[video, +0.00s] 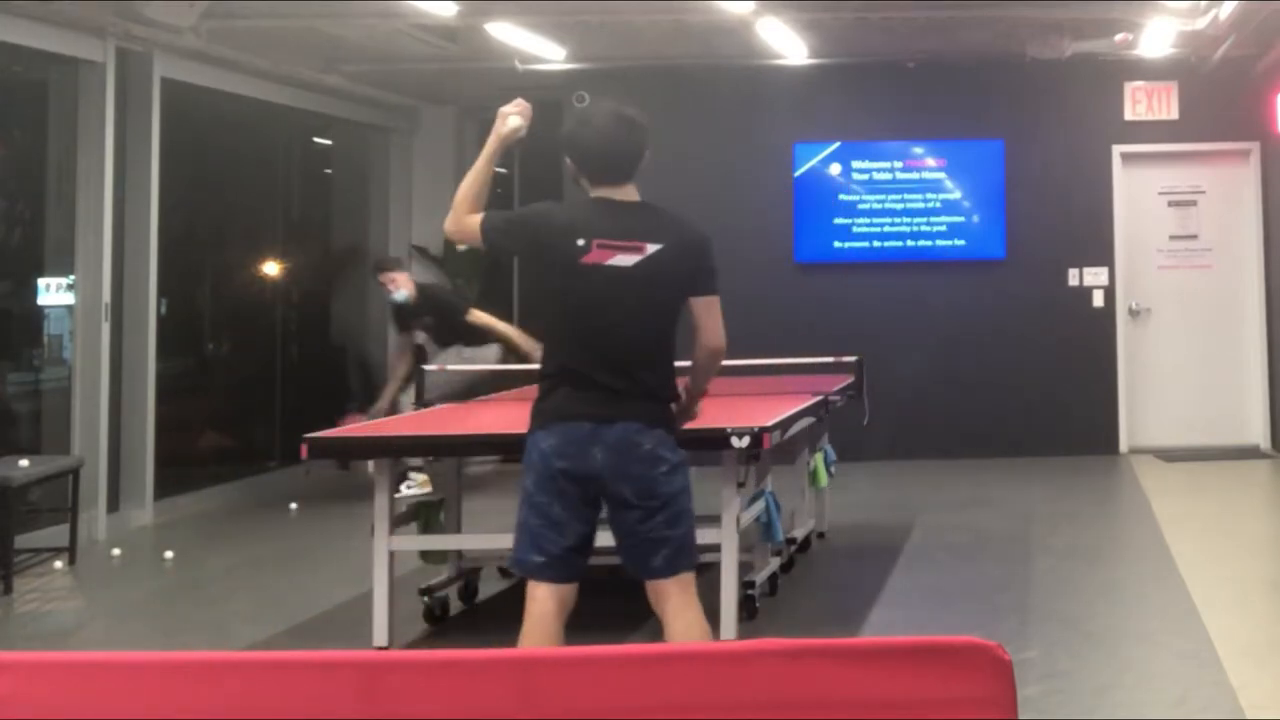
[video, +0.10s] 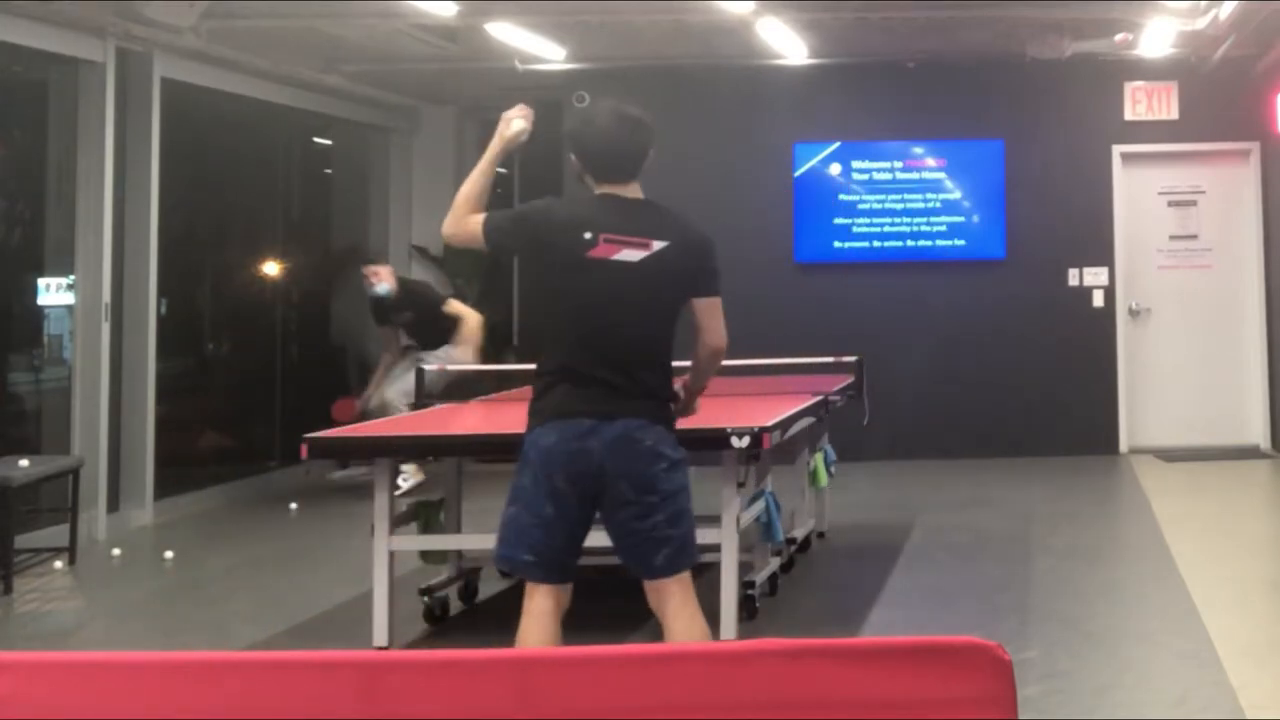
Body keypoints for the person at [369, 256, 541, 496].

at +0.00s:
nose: (391, 289)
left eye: (394, 281)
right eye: (385, 285)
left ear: (407, 275)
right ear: (383, 287)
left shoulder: (434, 295)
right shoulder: (401, 309)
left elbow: (489, 322)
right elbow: (406, 356)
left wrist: (532, 348)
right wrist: (384, 402)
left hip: (483, 348)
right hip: (454, 352)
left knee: (413, 395)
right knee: (407, 396)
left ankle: (418, 473)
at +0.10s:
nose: (372, 281)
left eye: (376, 274)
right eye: (367, 277)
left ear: (390, 272)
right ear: (364, 281)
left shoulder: (416, 291)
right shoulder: (380, 304)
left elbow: (472, 317)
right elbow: (391, 350)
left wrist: (465, 352)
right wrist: (370, 393)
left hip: (450, 349)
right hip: (422, 352)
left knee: (392, 395)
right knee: (376, 402)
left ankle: (410, 467)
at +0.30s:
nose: (366, 275)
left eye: (372, 270)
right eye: (360, 270)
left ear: (382, 270)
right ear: (353, 274)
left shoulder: (398, 297)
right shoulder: (354, 303)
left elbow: (431, 341)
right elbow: (359, 344)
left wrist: (385, 341)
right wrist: (347, 382)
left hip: (409, 368)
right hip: (373, 368)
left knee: (388, 411)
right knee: (338, 419)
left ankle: (375, 473)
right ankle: (319, 472)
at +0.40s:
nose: (378, 269)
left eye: (383, 264)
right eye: (372, 264)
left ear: (392, 264)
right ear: (363, 267)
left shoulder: (411, 296)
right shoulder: (356, 296)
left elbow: (439, 334)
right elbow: (355, 339)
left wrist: (416, 361)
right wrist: (333, 377)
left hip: (405, 367)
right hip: (370, 367)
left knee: (394, 408)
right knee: (336, 420)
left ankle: (398, 473)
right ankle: (320, 472)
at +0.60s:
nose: (450, 237)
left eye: (456, 231)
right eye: (445, 231)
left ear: (464, 233)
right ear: (434, 232)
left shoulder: (471, 262)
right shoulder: (417, 260)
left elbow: (480, 293)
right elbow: (391, 299)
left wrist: (475, 320)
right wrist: (410, 320)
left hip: (448, 350)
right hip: (405, 352)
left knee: (465, 411)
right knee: (362, 411)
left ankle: (470, 466)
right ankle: (323, 469)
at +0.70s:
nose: (491, 231)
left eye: (497, 224)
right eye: (485, 224)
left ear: (503, 227)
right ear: (473, 226)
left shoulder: (501, 262)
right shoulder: (453, 259)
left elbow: (502, 300)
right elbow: (422, 295)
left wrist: (504, 329)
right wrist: (430, 334)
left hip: (477, 341)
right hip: (440, 341)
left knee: (486, 403)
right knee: (409, 401)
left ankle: (469, 466)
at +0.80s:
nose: (528, 228)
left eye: (533, 223)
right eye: (522, 222)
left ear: (540, 227)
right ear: (509, 225)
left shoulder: (533, 265)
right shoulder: (488, 258)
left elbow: (530, 313)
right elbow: (450, 294)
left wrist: (549, 336)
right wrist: (447, 343)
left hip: (504, 340)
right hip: (469, 340)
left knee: (502, 403)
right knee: (464, 401)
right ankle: (462, 464)